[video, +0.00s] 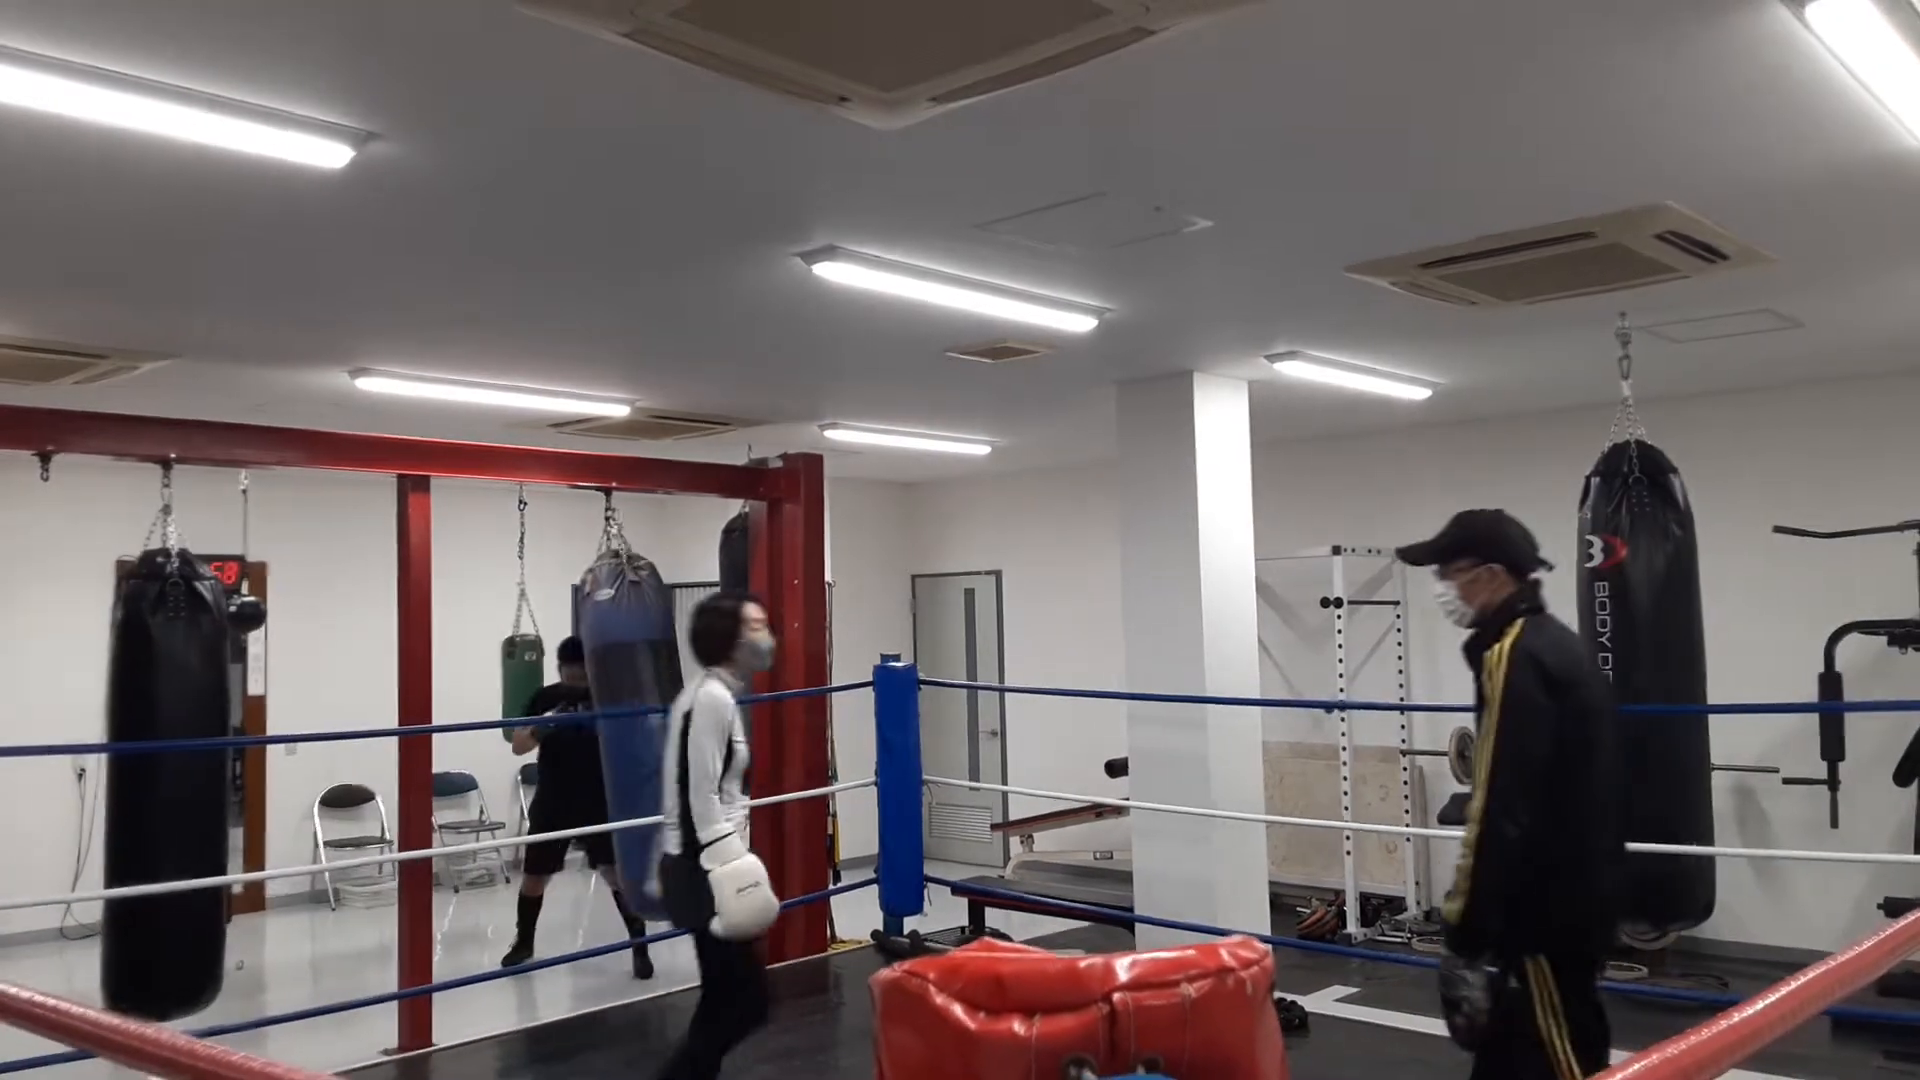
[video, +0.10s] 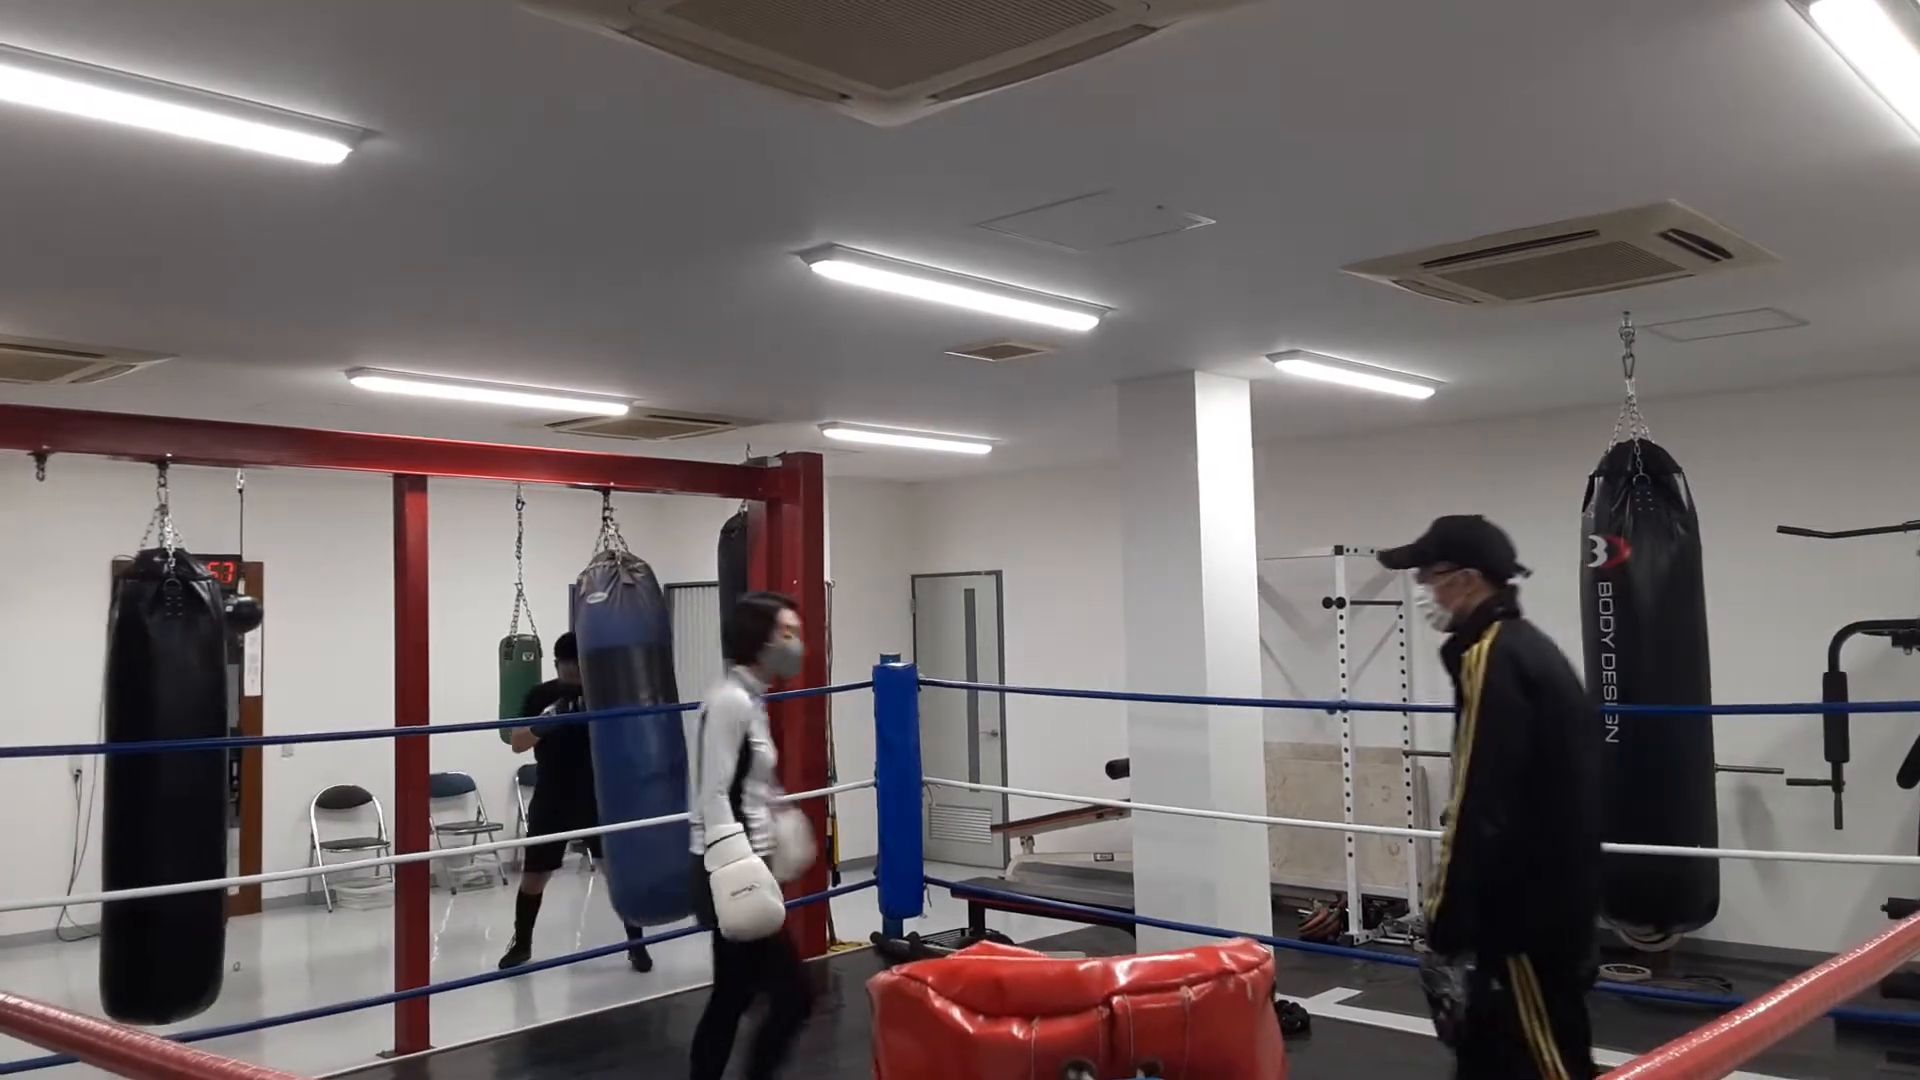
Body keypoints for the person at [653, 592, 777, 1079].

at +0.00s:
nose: (768, 637)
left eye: (766, 627)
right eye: (756, 627)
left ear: (731, 637)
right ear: (727, 636)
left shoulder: (710, 694)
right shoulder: (712, 698)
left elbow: (703, 792)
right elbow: (704, 796)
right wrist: (738, 874)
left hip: (702, 862)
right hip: (701, 864)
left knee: (728, 996)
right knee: (742, 1000)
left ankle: (688, 1071)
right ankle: (683, 1072)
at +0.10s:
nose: (798, 645)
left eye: (798, 635)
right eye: (789, 634)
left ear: (767, 640)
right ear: (759, 640)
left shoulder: (748, 700)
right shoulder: (730, 701)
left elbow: (752, 790)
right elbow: (714, 798)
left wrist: (785, 826)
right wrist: (745, 880)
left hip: (747, 867)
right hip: (730, 871)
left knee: (732, 994)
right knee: (793, 995)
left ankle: (706, 1072)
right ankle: (756, 1072)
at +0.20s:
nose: (830, 652)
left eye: (831, 641)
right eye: (821, 641)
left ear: (802, 647)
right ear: (792, 645)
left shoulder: (787, 699)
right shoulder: (759, 703)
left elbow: (814, 766)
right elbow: (731, 795)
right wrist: (749, 879)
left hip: (787, 868)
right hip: (768, 874)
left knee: (749, 994)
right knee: (823, 998)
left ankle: (711, 1074)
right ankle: (820, 1074)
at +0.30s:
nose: (866, 657)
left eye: (866, 646)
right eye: (856, 646)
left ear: (834, 655)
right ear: (828, 651)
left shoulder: (822, 705)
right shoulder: (789, 708)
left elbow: (853, 760)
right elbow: (757, 798)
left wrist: (911, 781)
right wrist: (763, 876)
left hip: (818, 875)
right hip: (799, 878)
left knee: (782, 998)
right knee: (854, 995)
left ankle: (726, 1072)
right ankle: (843, 1077)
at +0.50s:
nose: (929, 656)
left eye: (931, 646)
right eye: (922, 646)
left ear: (915, 646)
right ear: (894, 647)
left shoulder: (894, 695)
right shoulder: (850, 701)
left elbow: (895, 759)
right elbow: (815, 791)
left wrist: (949, 772)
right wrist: (852, 859)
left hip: (886, 859)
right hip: (857, 865)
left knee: (889, 988)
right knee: (906, 979)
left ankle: (847, 1065)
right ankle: (821, 1061)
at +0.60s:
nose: (958, 652)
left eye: (960, 642)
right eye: (950, 642)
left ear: (951, 645)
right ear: (921, 643)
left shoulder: (928, 694)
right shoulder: (881, 696)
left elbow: (923, 765)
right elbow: (852, 783)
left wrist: (973, 771)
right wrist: (899, 830)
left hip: (915, 851)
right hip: (877, 857)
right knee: (899, 983)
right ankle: (863, 1068)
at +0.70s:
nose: (989, 653)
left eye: (992, 644)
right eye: (982, 643)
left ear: (988, 647)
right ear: (954, 643)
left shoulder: (965, 695)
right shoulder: (915, 695)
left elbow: (959, 767)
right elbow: (889, 781)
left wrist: (1008, 776)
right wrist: (946, 807)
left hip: (948, 858)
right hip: (909, 860)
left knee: (999, 962)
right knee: (912, 979)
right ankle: (866, 1070)